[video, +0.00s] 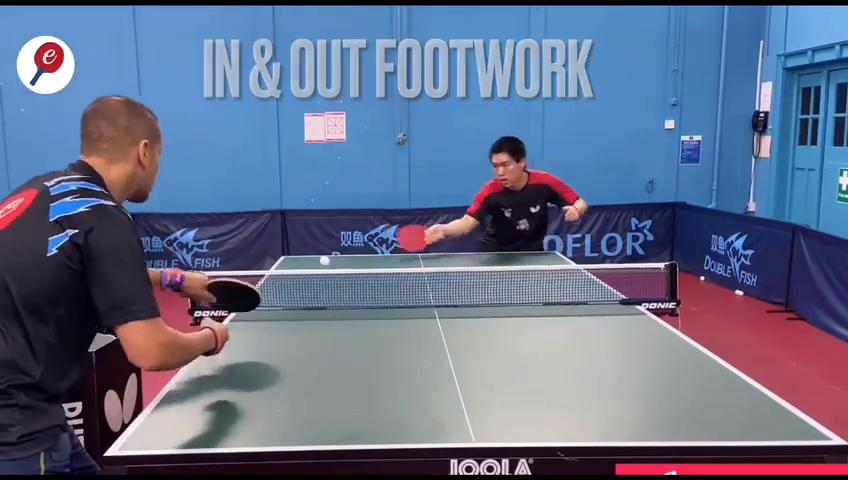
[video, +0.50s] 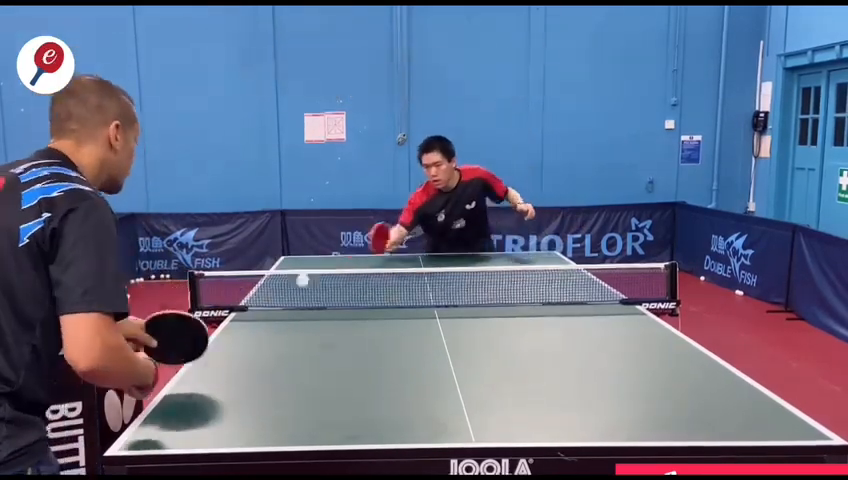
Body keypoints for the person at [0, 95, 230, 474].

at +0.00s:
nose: (156, 170)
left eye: (158, 158)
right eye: (158, 158)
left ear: (90, 145)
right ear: (142, 153)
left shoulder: (37, 191)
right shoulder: (103, 217)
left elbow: (79, 280)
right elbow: (149, 350)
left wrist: (174, 280)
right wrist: (206, 339)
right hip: (23, 431)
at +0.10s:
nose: (141, 156)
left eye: (143, 143)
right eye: (142, 143)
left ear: (70, 136)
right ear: (125, 141)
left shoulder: (18, 187)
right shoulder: (92, 219)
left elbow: (54, 283)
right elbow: (135, 351)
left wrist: (147, 295)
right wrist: (194, 344)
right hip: (26, 442)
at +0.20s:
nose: (125, 145)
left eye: (125, 132)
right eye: (125, 132)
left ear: (51, 127)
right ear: (109, 131)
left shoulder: (9, 182)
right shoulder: (80, 210)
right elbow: (127, 352)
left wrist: (119, 315)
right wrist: (187, 346)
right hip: (26, 444)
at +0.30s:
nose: (117, 137)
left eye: (117, 125)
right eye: (116, 124)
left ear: (40, 121)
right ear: (100, 123)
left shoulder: (7, 174)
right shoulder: (76, 201)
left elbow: (29, 303)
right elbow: (118, 349)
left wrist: (111, 299)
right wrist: (170, 354)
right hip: (22, 443)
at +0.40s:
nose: (120, 141)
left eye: (122, 127)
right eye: (120, 126)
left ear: (44, 122)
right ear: (102, 123)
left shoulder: (8, 173)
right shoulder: (77, 199)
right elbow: (107, 349)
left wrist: (99, 315)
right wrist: (158, 362)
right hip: (16, 438)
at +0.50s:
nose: (133, 158)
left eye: (136, 145)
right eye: (134, 143)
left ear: (60, 130)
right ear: (114, 135)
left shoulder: (10, 179)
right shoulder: (81, 205)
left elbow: (22, 310)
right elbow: (89, 353)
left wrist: (108, 327)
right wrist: (144, 373)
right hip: (14, 440)